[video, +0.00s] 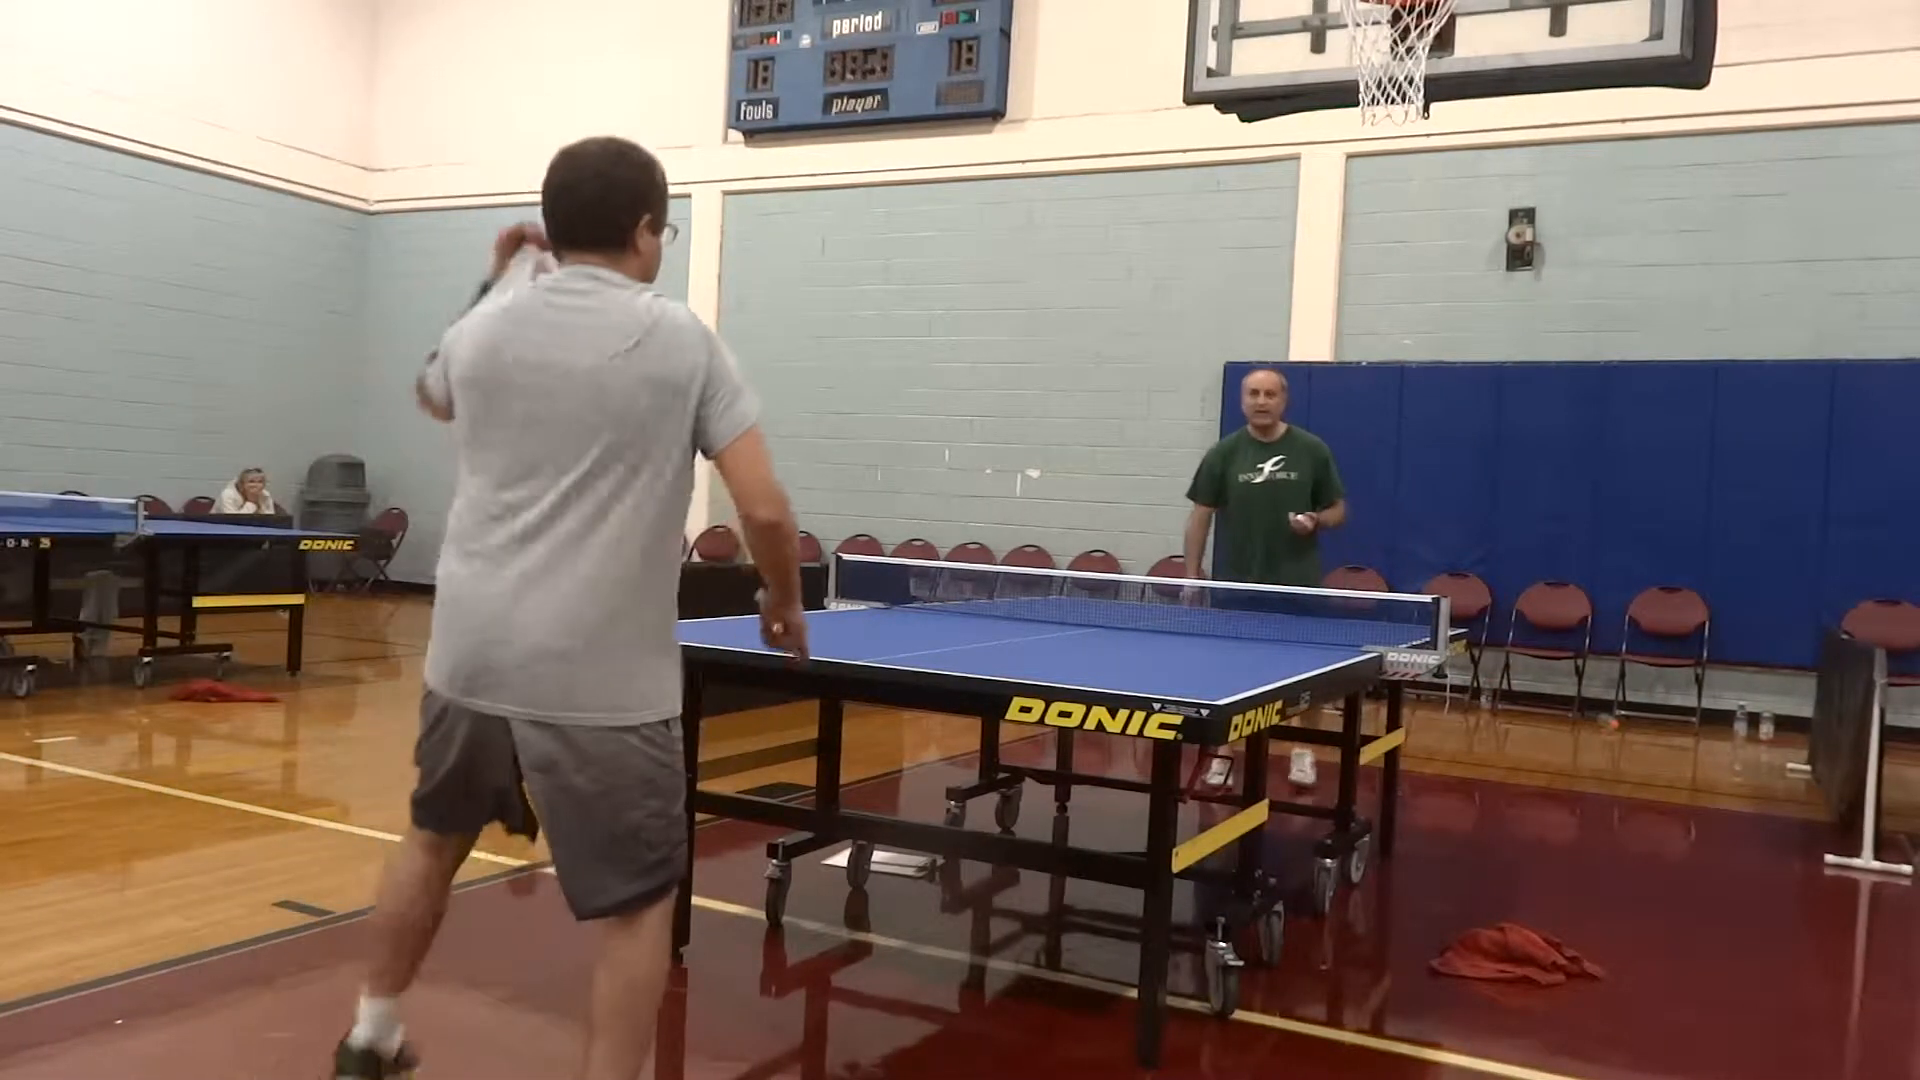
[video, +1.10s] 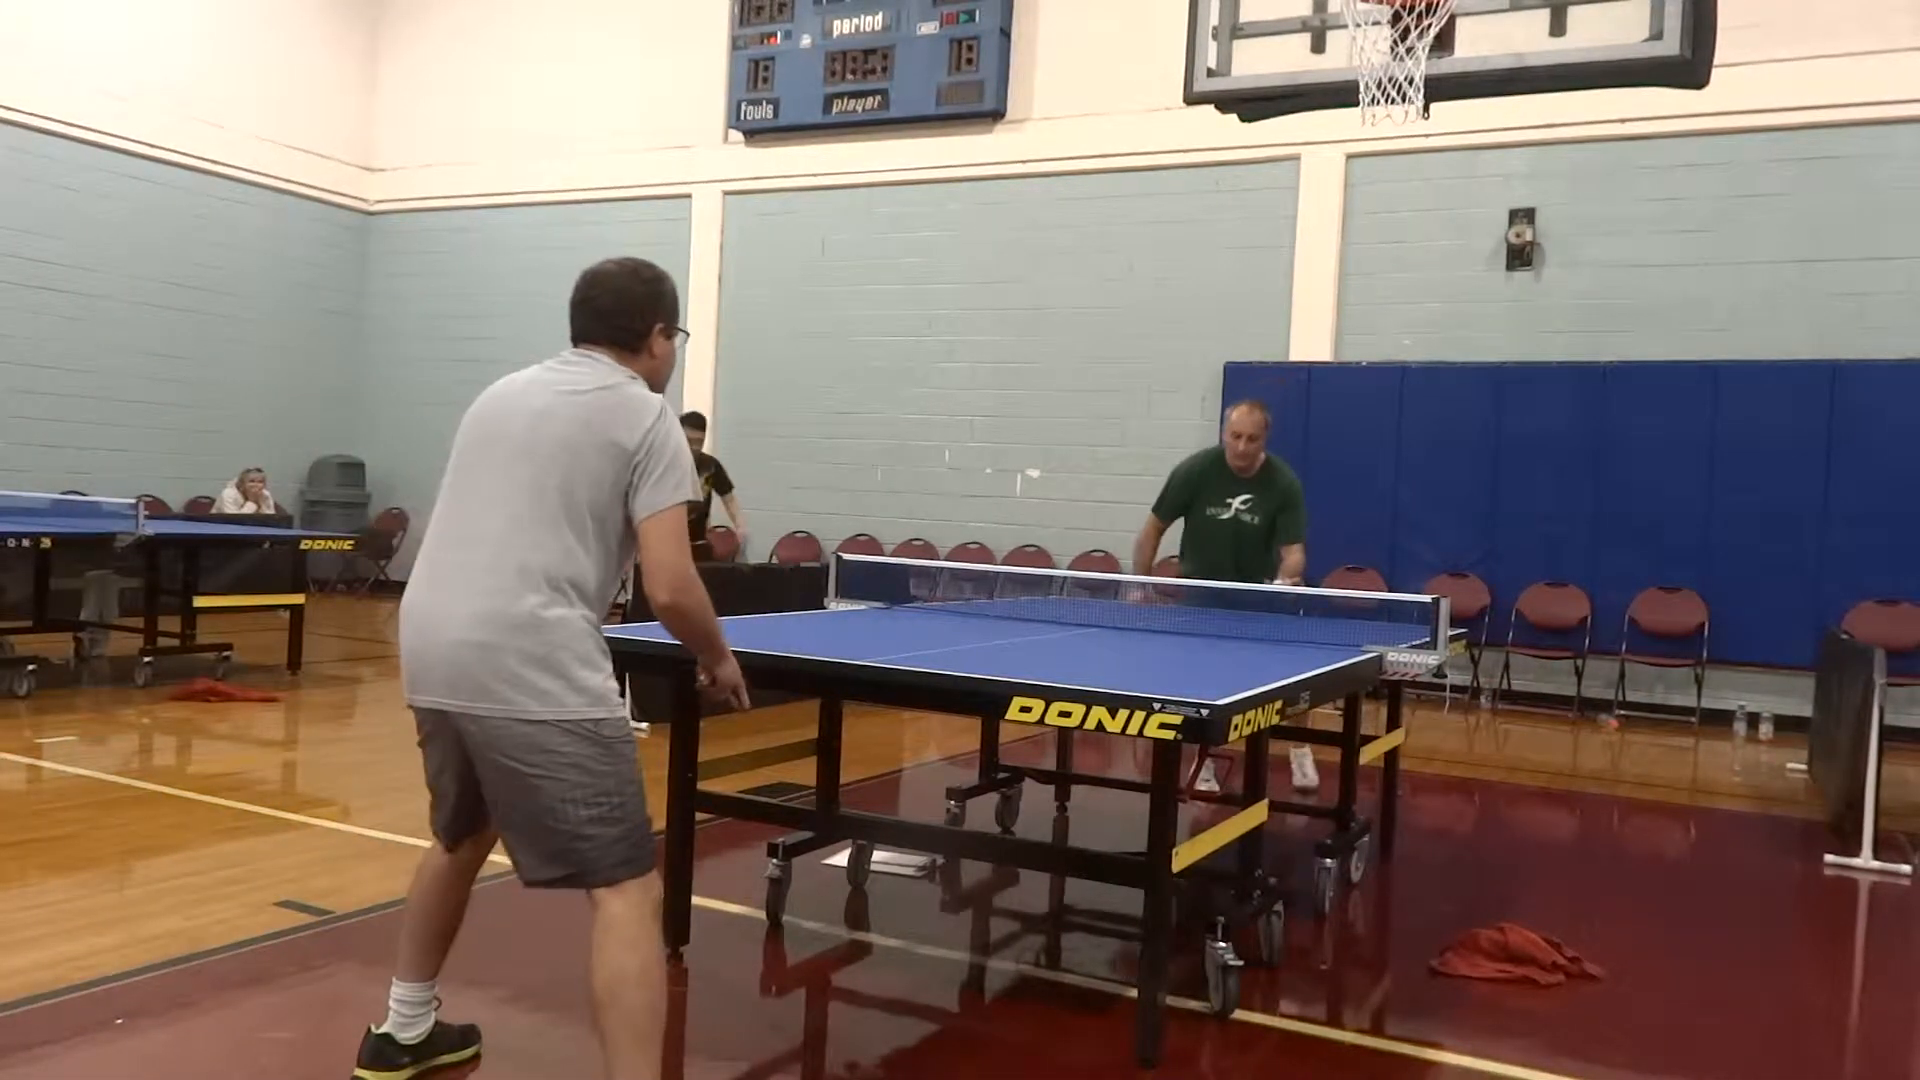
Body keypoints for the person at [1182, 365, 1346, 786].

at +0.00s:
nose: (1261, 401)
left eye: (1270, 394)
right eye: (1253, 394)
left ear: (1284, 400)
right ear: (1242, 400)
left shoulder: (1313, 452)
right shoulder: (1223, 454)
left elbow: (1337, 510)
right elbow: (1200, 516)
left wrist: (1316, 519)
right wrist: (1191, 576)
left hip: (1298, 589)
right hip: (1237, 588)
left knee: (1303, 671)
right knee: (1229, 665)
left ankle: (1302, 750)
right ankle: (1221, 750)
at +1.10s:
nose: (1242, 447)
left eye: (1252, 439)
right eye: (1235, 437)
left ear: (1266, 440)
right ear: (1223, 433)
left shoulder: (1283, 483)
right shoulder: (1194, 472)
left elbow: (1294, 554)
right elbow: (1152, 529)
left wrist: (1284, 583)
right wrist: (1140, 586)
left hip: (1260, 600)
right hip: (1202, 596)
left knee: (1288, 665)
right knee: (1203, 673)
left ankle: (1299, 746)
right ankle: (1208, 757)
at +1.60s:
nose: (1252, 438)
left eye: (1262, 430)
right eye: (1245, 428)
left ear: (1273, 435)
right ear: (1230, 429)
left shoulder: (1291, 480)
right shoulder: (1202, 471)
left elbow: (1304, 548)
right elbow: (1159, 533)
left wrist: (1293, 545)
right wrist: (1142, 588)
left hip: (1266, 601)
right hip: (1206, 598)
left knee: (1294, 669)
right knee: (1202, 675)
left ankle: (1302, 749)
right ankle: (1207, 758)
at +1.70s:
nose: (1261, 424)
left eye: (1269, 416)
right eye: (1254, 414)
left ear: (1279, 422)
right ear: (1237, 417)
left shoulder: (1296, 468)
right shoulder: (1209, 461)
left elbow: (1314, 538)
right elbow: (1170, 523)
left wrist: (1311, 521)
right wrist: (1171, 577)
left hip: (1268, 591)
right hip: (1210, 588)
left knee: (1293, 668)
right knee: (1207, 671)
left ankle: (1302, 748)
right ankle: (1208, 757)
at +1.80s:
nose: (1268, 413)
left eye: (1276, 405)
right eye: (1260, 404)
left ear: (1284, 410)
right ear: (1241, 408)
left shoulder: (1300, 457)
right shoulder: (1212, 454)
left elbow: (1316, 520)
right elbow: (1182, 521)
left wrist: (1326, 518)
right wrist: (1215, 564)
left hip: (1278, 583)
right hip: (1219, 582)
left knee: (1298, 661)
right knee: (1214, 664)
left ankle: (1301, 748)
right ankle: (1210, 756)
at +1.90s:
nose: (1274, 413)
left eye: (1281, 405)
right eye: (1265, 404)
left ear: (1288, 411)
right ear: (1244, 408)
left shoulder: (1306, 459)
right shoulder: (1218, 454)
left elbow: (1325, 519)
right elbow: (1197, 522)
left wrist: (1342, 524)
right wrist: (1250, 550)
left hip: (1283, 590)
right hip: (1222, 587)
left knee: (1298, 669)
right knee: (1215, 666)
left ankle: (1302, 750)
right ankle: (1211, 755)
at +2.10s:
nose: (1282, 426)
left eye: (1288, 417)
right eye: (1273, 417)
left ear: (1295, 420)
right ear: (1253, 419)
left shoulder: (1311, 466)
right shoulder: (1230, 464)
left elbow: (1334, 533)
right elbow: (1229, 537)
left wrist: (1356, 572)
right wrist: (1284, 560)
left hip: (1292, 594)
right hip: (1232, 591)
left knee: (1306, 671)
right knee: (1222, 668)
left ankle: (1300, 754)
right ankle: (1211, 757)